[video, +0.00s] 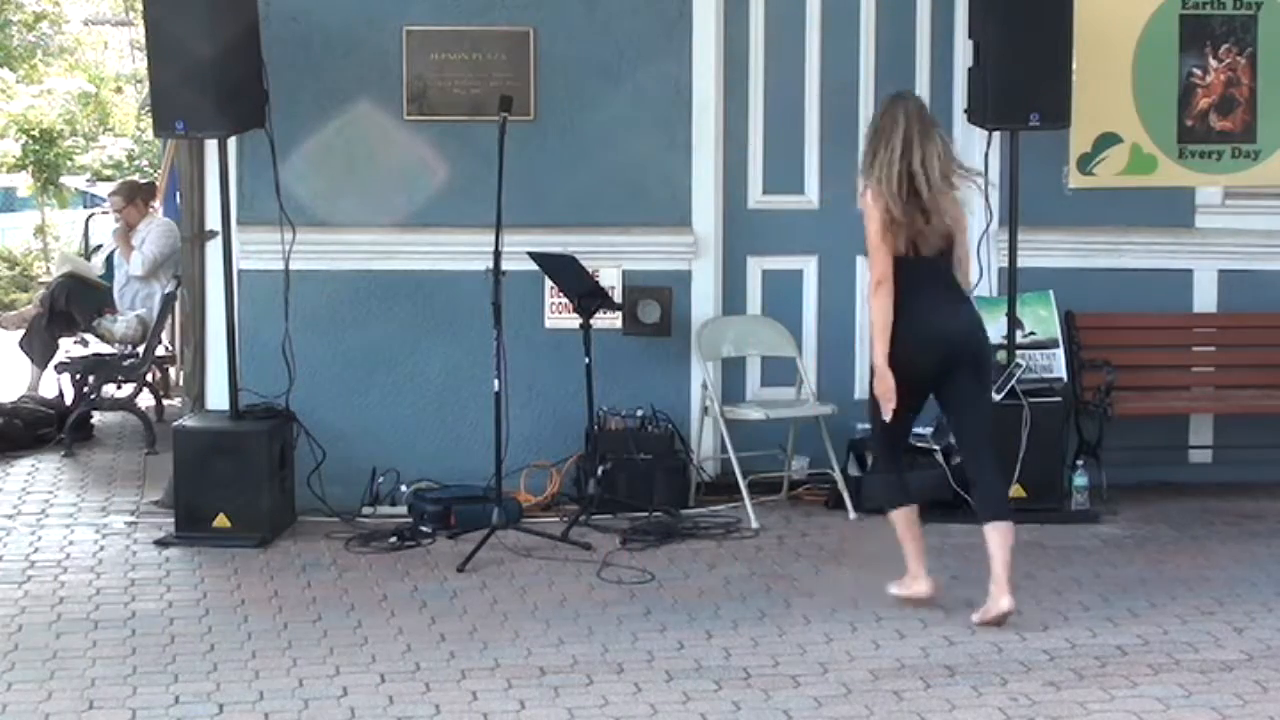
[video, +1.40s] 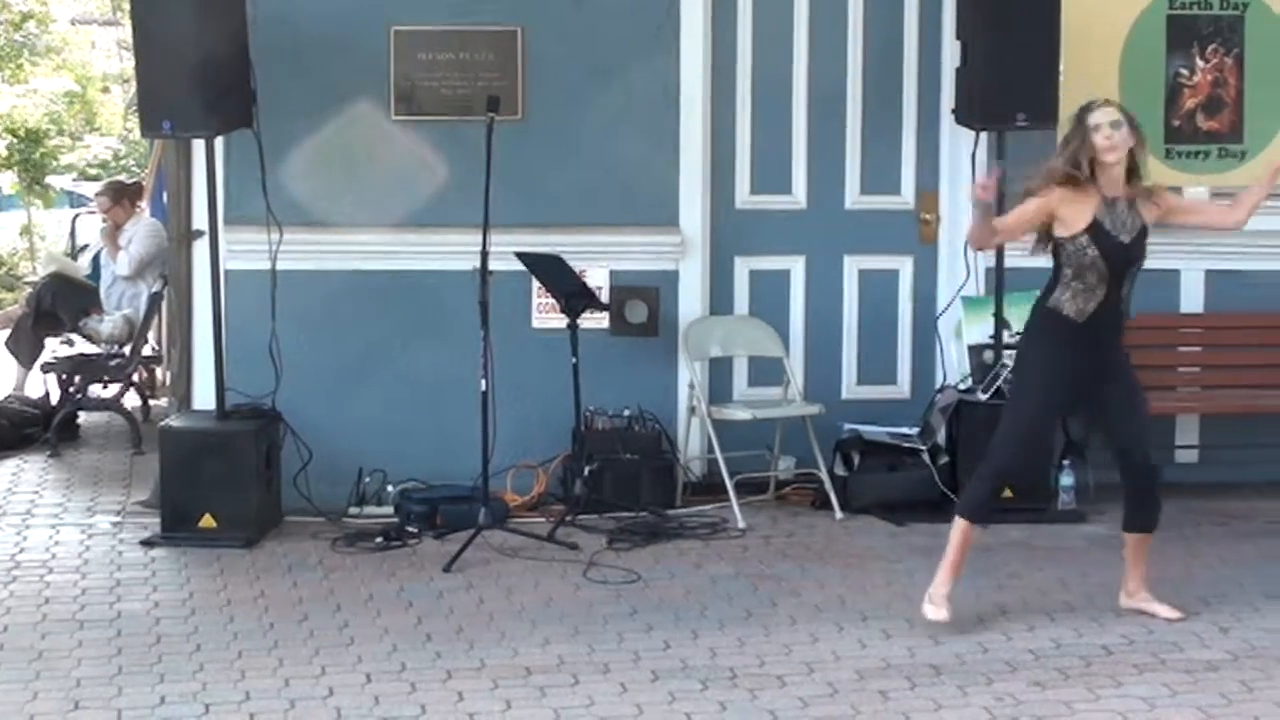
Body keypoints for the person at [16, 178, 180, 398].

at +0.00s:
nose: (117, 218)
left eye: (119, 212)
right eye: (114, 213)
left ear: (139, 205)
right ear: (136, 206)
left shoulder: (164, 229)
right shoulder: (127, 234)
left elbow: (141, 267)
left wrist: (123, 242)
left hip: (140, 318)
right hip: (119, 312)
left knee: (69, 285)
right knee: (45, 319)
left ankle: (34, 310)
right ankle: (32, 390)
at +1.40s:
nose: (105, 219)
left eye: (107, 212)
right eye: (102, 214)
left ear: (125, 204)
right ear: (122, 206)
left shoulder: (150, 229)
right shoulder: (113, 233)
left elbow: (127, 268)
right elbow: (84, 269)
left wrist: (110, 242)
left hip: (127, 317)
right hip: (105, 309)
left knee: (55, 283)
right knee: (33, 320)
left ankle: (25, 310)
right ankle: (18, 388)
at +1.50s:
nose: (89, 220)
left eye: (92, 213)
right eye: (86, 215)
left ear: (110, 204)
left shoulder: (135, 230)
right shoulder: (98, 235)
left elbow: (112, 269)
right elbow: (68, 271)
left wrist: (94, 244)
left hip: (114, 317)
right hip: (91, 309)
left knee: (37, 286)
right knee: (14, 323)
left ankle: (16, 311)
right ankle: (8, 384)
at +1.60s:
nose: (75, 219)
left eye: (77, 213)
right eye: (72, 215)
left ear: (96, 204)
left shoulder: (121, 230)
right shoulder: (84, 233)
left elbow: (100, 269)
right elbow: (55, 270)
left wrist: (81, 245)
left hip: (101, 319)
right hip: (76, 310)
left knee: (25, 286)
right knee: (9, 323)